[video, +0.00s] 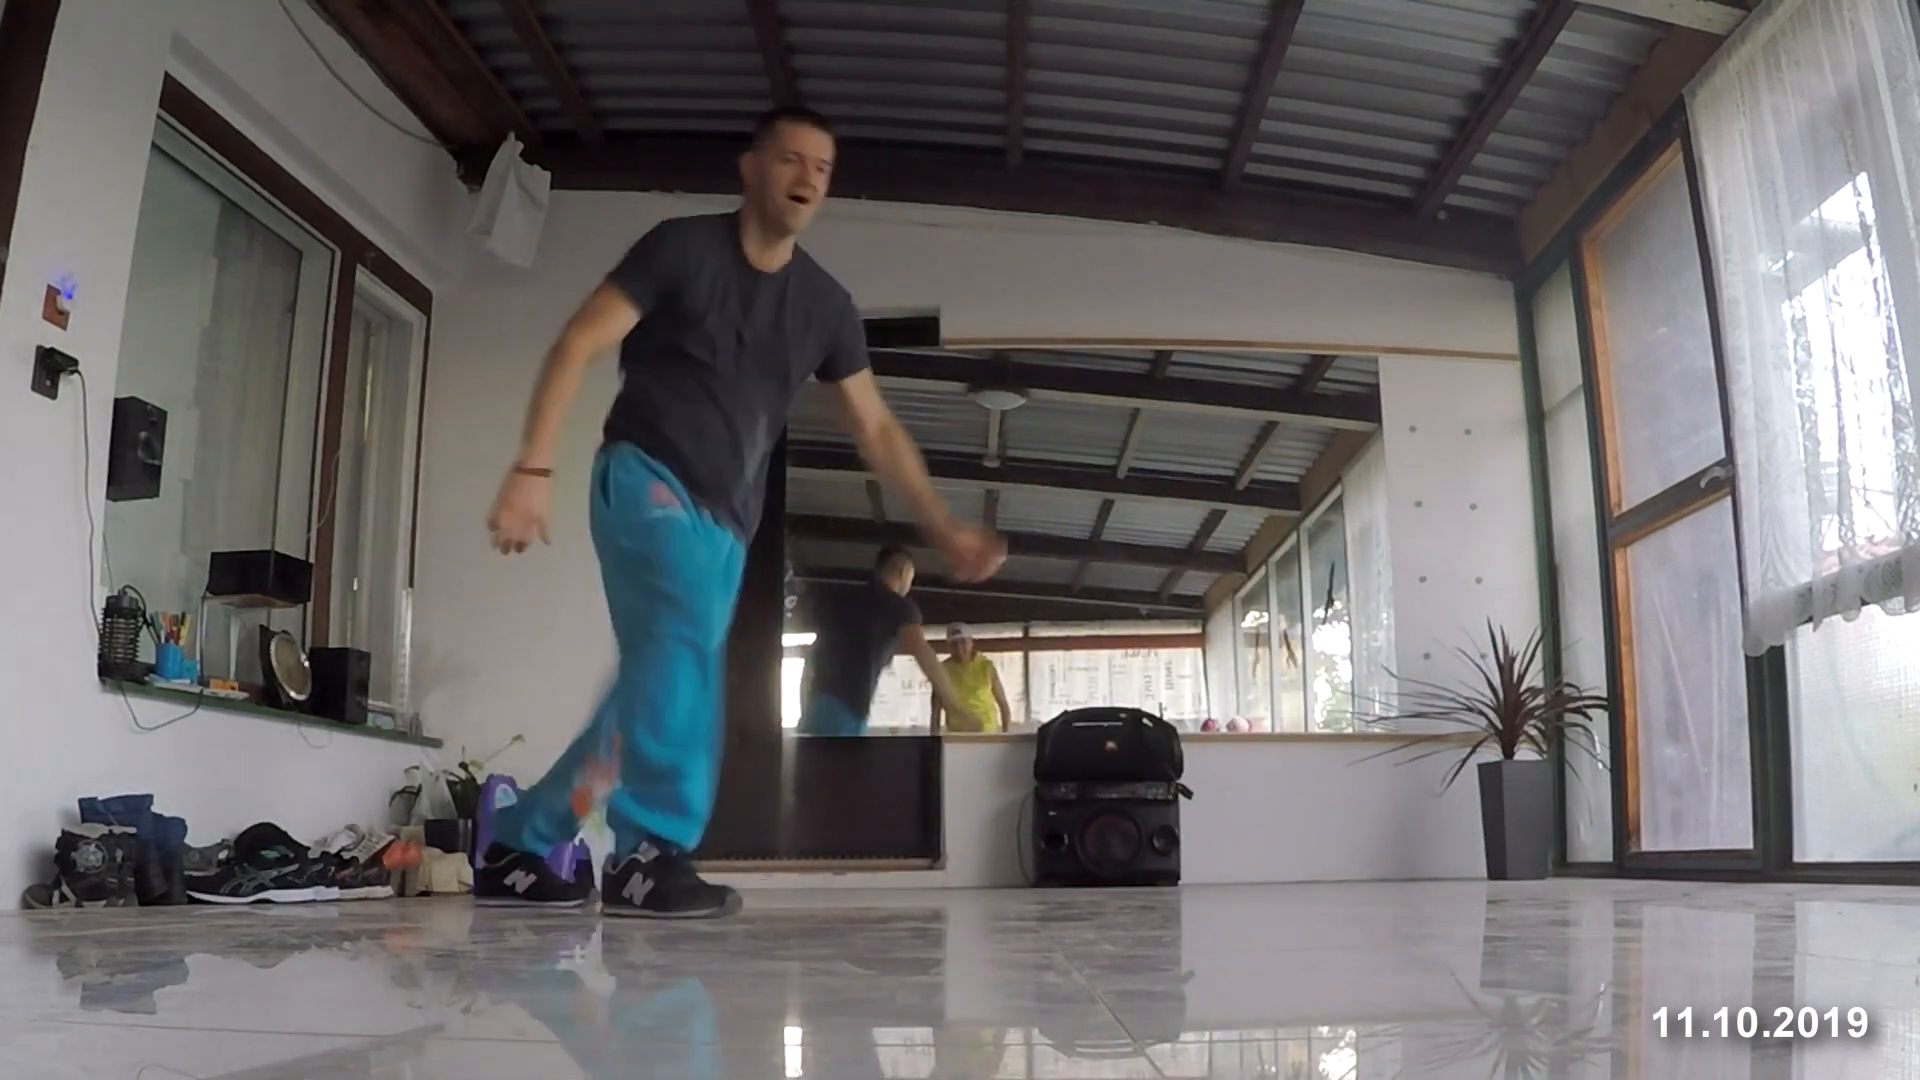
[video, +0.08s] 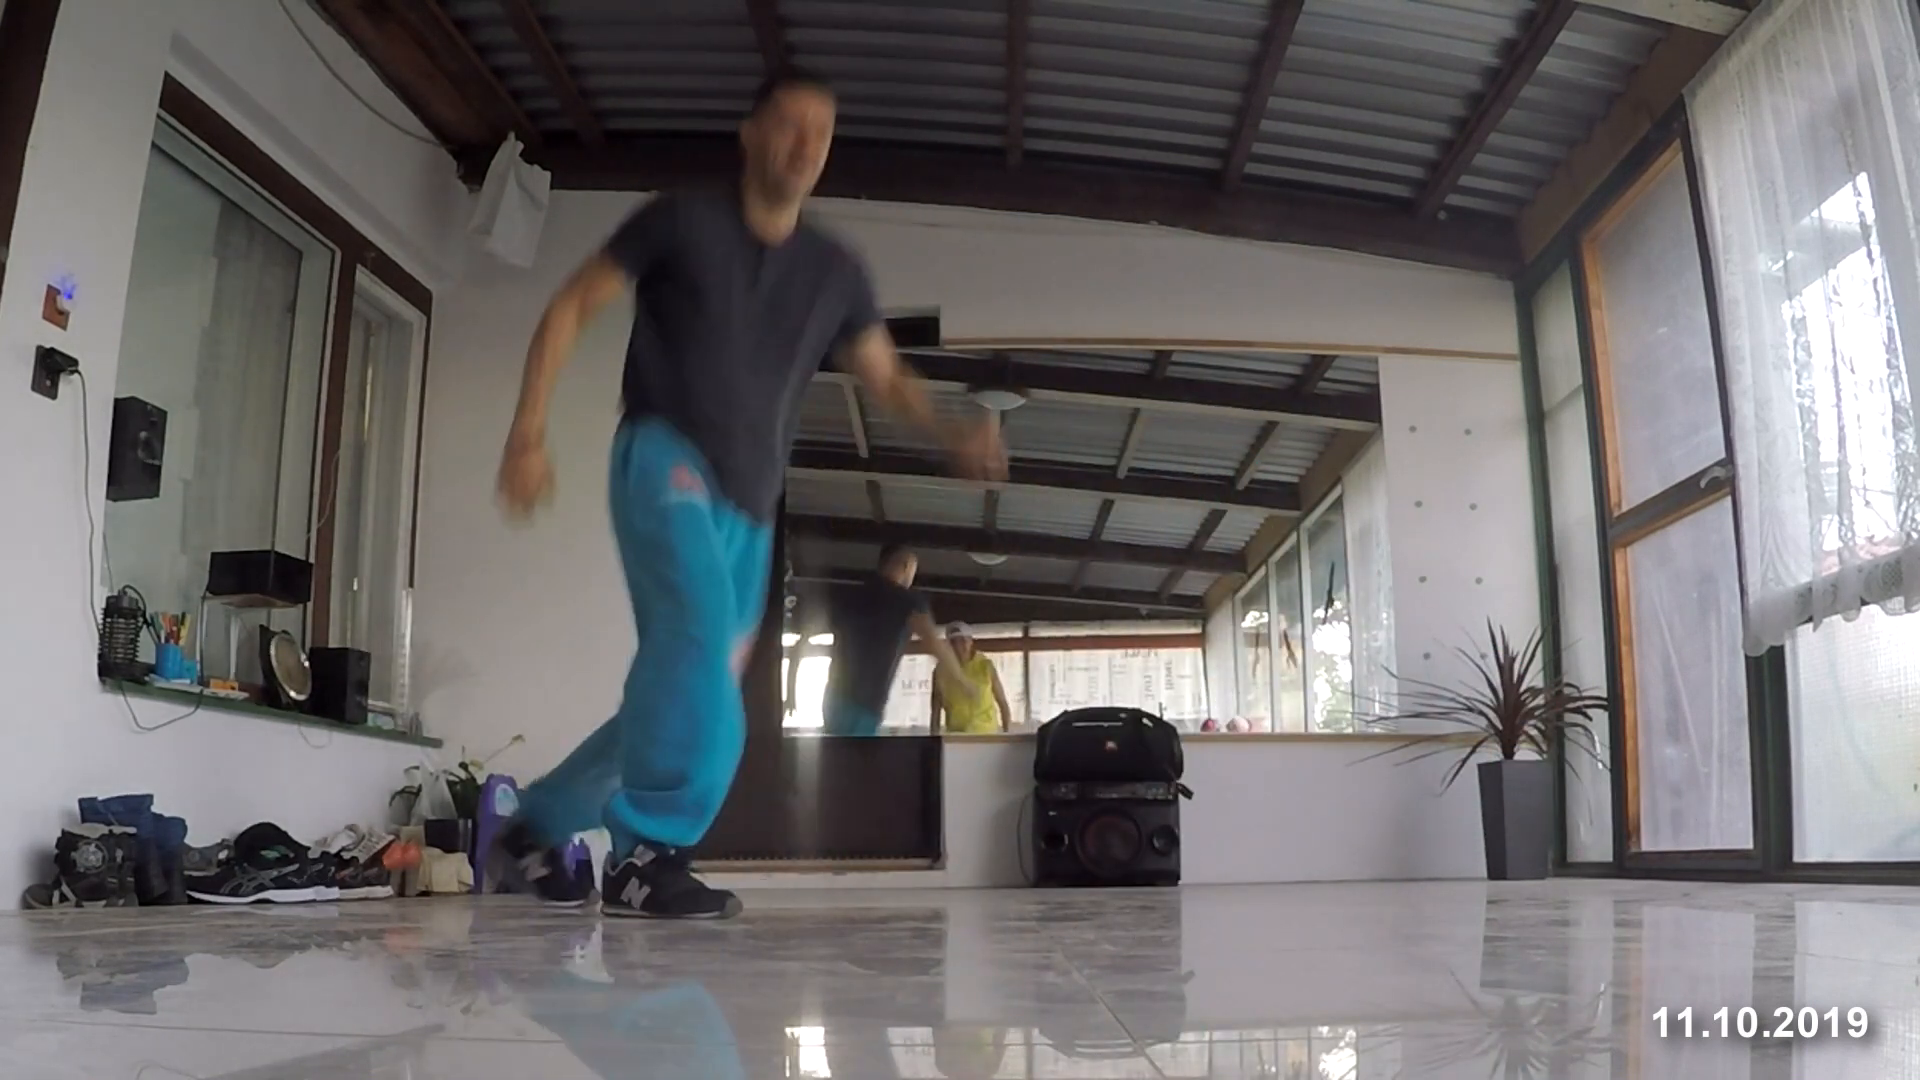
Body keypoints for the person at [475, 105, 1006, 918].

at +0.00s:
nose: (807, 181)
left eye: (820, 171)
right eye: (791, 162)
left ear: (827, 187)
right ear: (748, 166)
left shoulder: (826, 305)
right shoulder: (683, 248)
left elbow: (877, 427)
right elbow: (574, 344)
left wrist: (944, 528)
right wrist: (529, 469)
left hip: (727, 518)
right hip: (646, 479)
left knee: (666, 674)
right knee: (679, 642)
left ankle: (521, 839)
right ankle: (651, 852)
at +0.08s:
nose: (799, 146)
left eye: (816, 136)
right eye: (786, 125)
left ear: (828, 155)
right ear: (749, 132)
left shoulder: (835, 270)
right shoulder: (684, 219)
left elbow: (889, 381)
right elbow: (568, 305)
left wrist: (953, 431)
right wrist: (526, 434)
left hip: (751, 500)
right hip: (666, 457)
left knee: (694, 684)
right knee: (699, 643)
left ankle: (528, 829)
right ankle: (651, 856)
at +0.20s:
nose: (843, 62)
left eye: (855, 49)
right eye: (828, 42)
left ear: (865, 63)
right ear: (783, 45)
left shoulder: (873, 175)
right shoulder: (711, 126)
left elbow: (921, 287)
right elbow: (618, 221)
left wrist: (945, 313)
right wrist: (579, 335)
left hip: (794, 417)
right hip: (695, 390)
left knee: (779, 609)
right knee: (661, 588)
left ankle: (685, 791)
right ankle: (617, 804)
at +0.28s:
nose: (864, 28)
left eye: (876, 17)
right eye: (848, 10)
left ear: (884, 31)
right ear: (801, 16)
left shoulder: (896, 145)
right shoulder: (723, 105)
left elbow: (949, 259)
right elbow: (636, 208)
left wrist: (974, 298)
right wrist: (599, 327)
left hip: (826, 384)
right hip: (713, 362)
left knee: (833, 574)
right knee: (681, 534)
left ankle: (771, 784)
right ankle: (620, 729)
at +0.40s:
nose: (888, 33)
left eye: (902, 23)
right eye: (871, 13)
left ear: (909, 43)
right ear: (825, 21)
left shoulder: (922, 148)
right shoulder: (743, 126)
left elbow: (992, 273)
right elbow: (674, 238)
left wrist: (1036, 363)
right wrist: (646, 351)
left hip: (868, 393)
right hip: (747, 388)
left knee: (872, 593)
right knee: (716, 590)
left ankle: (806, 834)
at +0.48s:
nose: (913, 67)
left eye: (930, 61)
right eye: (901, 47)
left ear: (937, 87)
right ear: (858, 55)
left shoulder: (953, 185)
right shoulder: (777, 163)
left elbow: (1026, 321)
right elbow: (721, 299)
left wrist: (1085, 438)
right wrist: (732, 403)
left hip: (903, 430)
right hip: (801, 442)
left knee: (860, 629)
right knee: (802, 649)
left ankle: (800, 844)